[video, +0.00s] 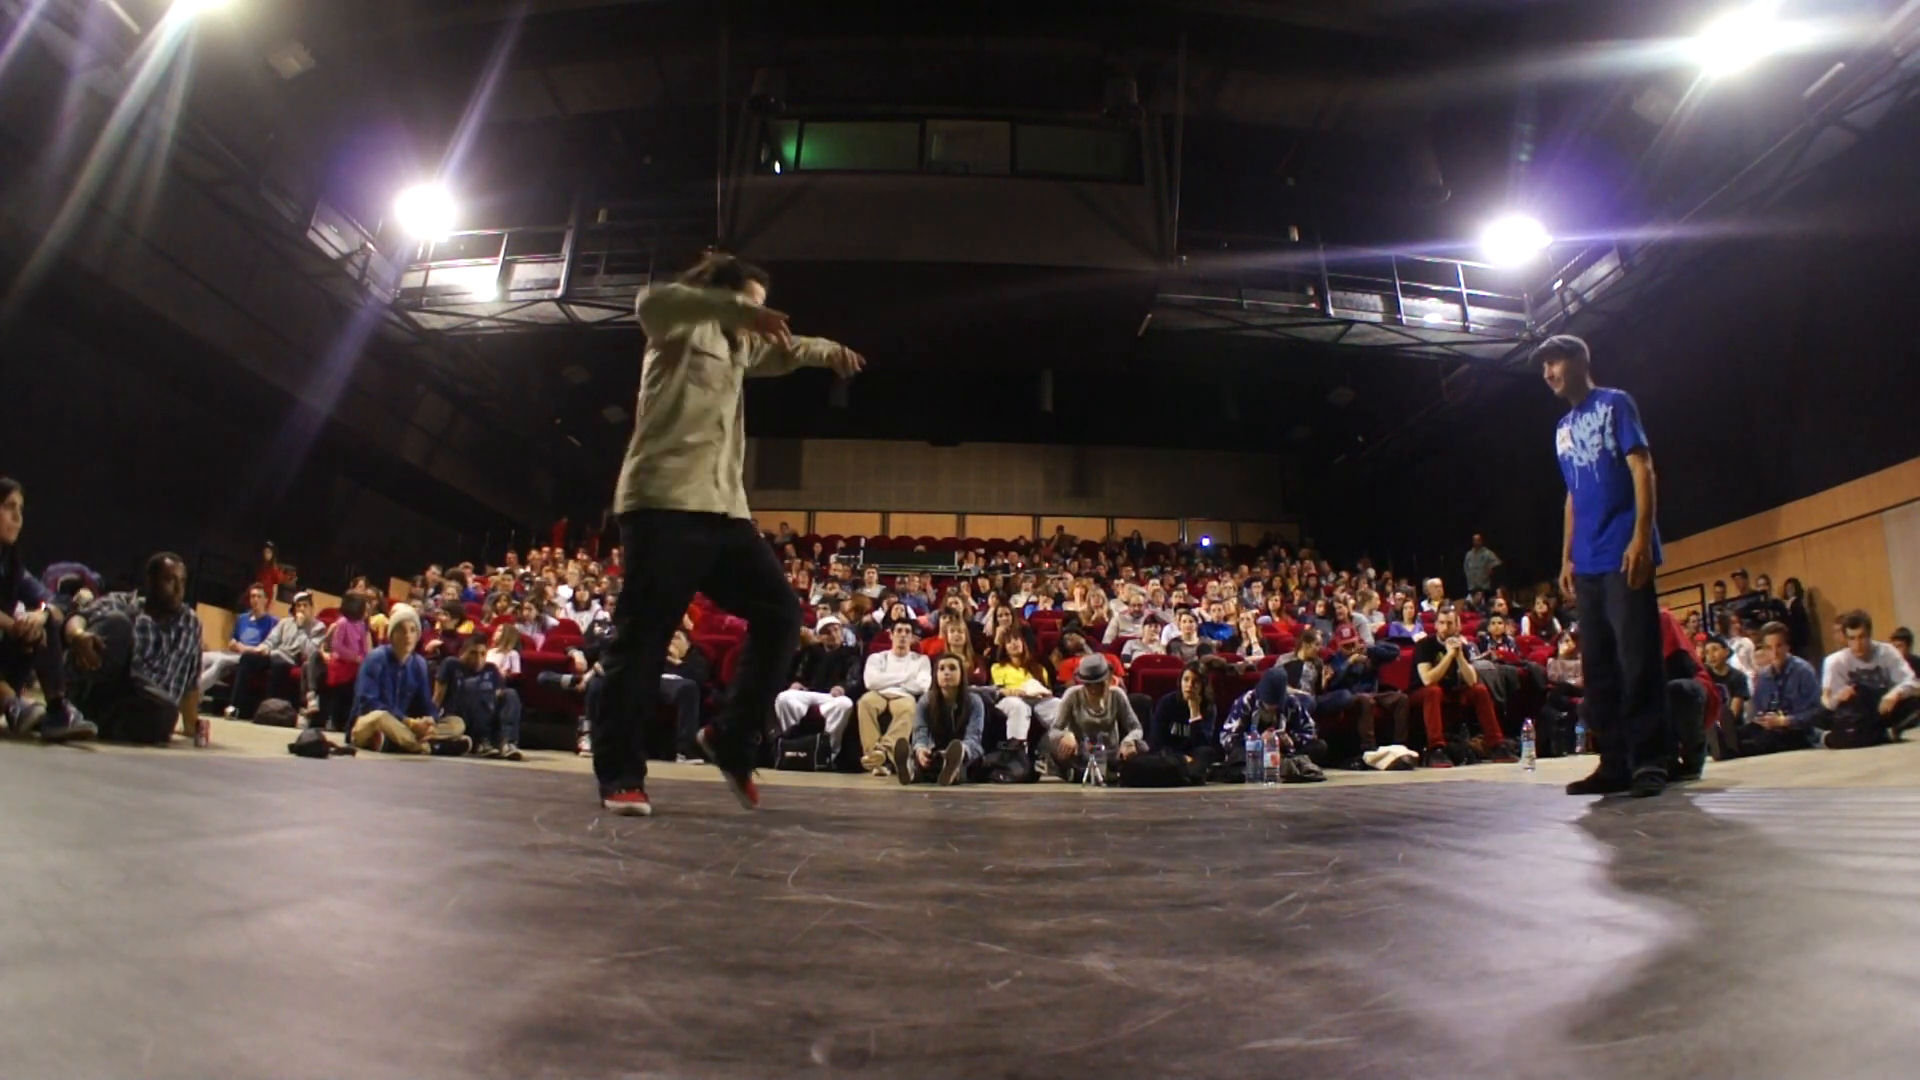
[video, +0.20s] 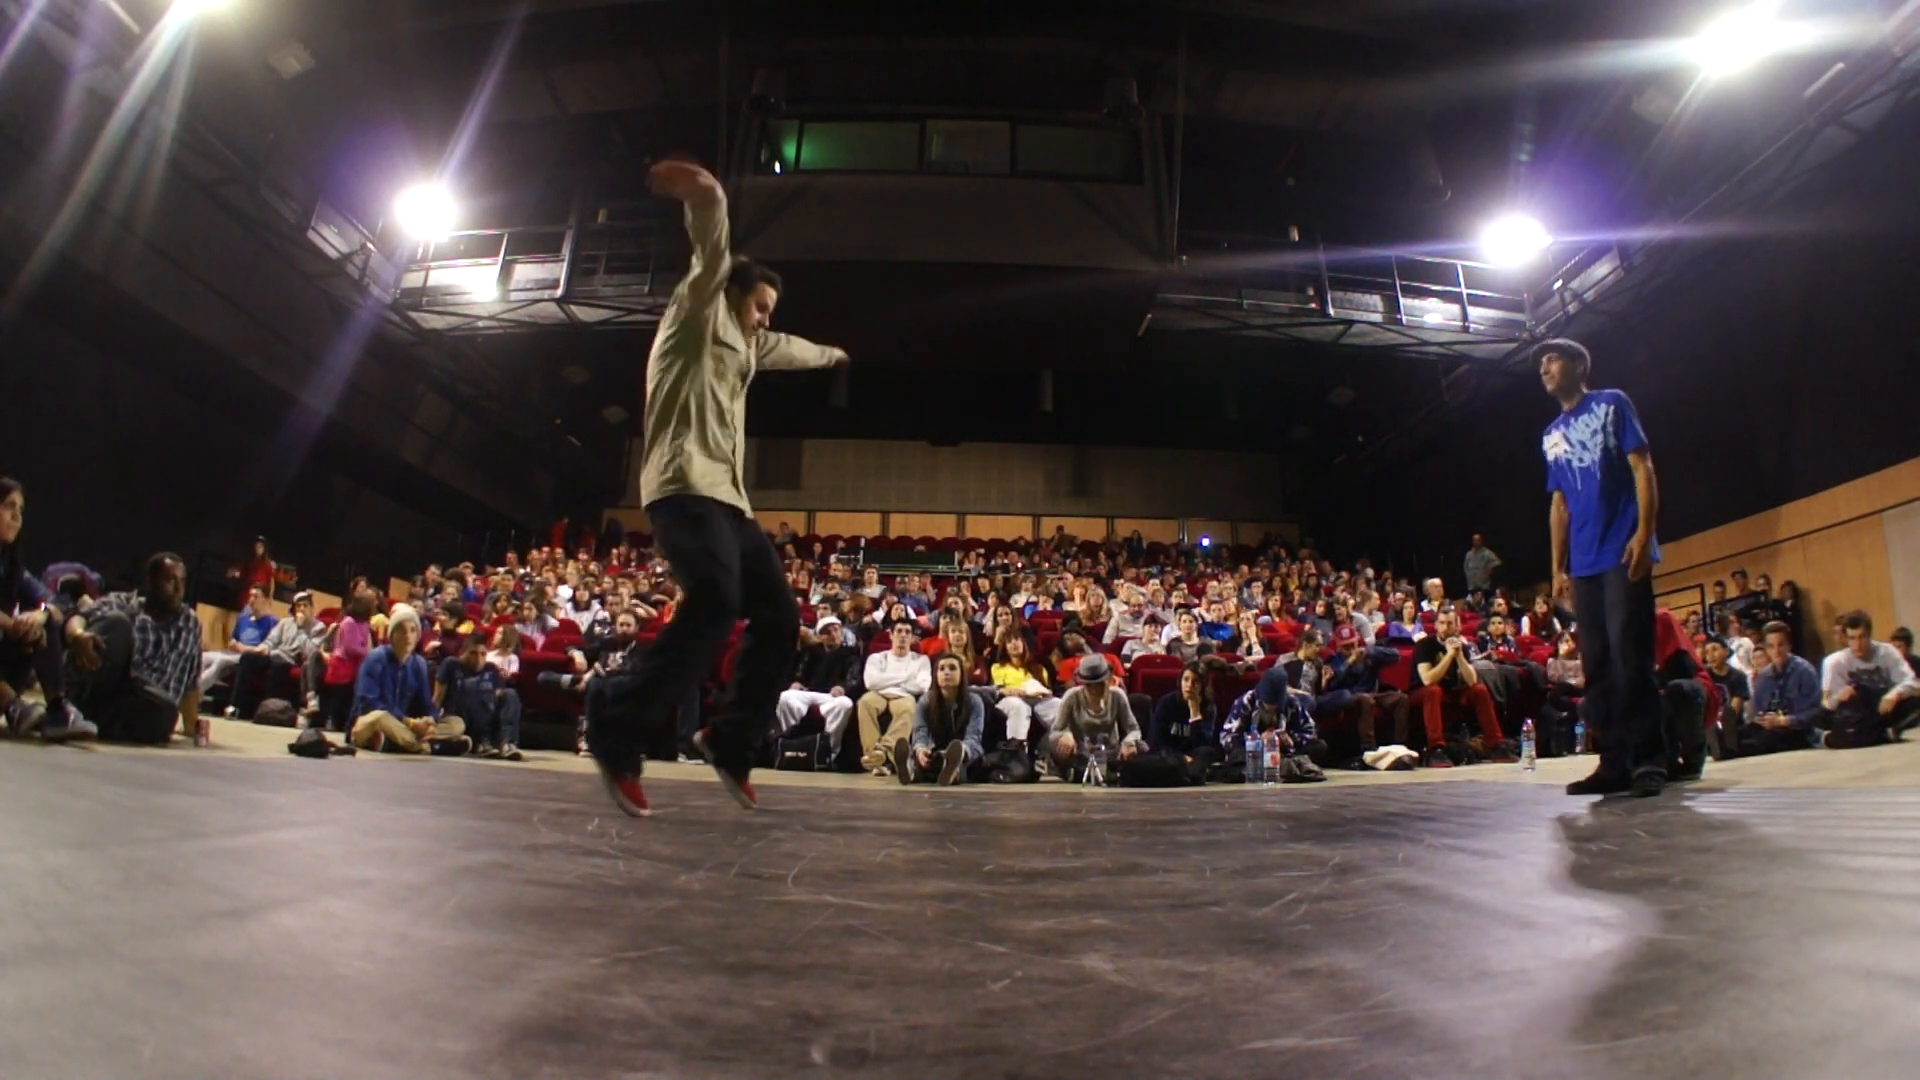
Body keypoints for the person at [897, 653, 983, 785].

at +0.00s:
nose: (947, 673)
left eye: (952, 668)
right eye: (942, 668)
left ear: (961, 673)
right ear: (936, 674)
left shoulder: (974, 701)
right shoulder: (925, 701)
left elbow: (974, 738)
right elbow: (920, 731)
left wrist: (961, 751)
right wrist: (920, 748)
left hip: (962, 751)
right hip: (933, 750)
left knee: (955, 762)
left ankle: (949, 773)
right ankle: (910, 768)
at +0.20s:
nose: (947, 673)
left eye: (952, 668)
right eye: (942, 669)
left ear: (962, 674)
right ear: (936, 674)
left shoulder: (974, 701)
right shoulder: (925, 701)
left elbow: (974, 738)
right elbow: (920, 731)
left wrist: (961, 751)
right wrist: (920, 748)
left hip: (962, 751)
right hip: (933, 750)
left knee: (955, 762)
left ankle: (949, 773)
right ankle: (910, 768)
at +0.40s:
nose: (947, 673)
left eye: (952, 668)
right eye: (942, 669)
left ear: (961, 674)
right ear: (936, 674)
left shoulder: (974, 701)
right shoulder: (925, 701)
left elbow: (974, 738)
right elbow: (920, 731)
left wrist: (961, 751)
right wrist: (920, 748)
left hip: (962, 751)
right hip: (933, 750)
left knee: (955, 762)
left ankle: (949, 773)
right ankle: (910, 768)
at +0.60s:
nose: (947, 673)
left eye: (952, 668)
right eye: (942, 669)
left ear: (961, 674)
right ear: (936, 674)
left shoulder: (974, 701)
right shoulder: (925, 701)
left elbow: (974, 738)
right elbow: (920, 731)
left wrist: (961, 751)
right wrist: (920, 748)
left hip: (962, 750)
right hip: (934, 750)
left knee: (955, 762)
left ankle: (949, 773)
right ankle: (910, 768)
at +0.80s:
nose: (947, 673)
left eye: (953, 668)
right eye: (942, 669)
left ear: (962, 674)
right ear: (936, 674)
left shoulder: (974, 701)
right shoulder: (925, 701)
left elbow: (974, 738)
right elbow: (920, 731)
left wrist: (961, 751)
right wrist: (920, 748)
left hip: (962, 751)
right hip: (934, 750)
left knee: (955, 762)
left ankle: (949, 773)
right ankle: (910, 768)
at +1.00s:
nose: (947, 673)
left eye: (952, 669)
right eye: (942, 669)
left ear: (962, 674)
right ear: (936, 674)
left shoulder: (974, 701)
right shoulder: (925, 701)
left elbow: (974, 738)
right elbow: (920, 730)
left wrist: (961, 751)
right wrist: (920, 748)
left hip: (962, 751)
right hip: (933, 750)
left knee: (955, 762)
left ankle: (949, 773)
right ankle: (910, 768)